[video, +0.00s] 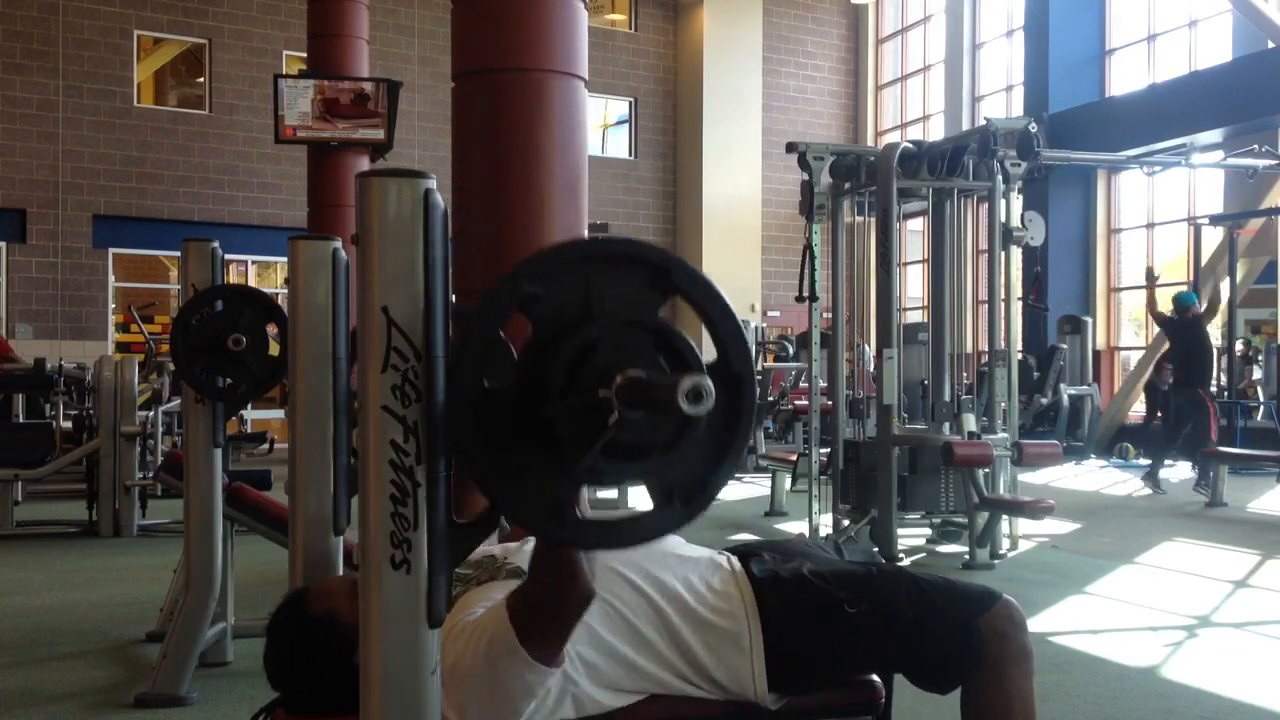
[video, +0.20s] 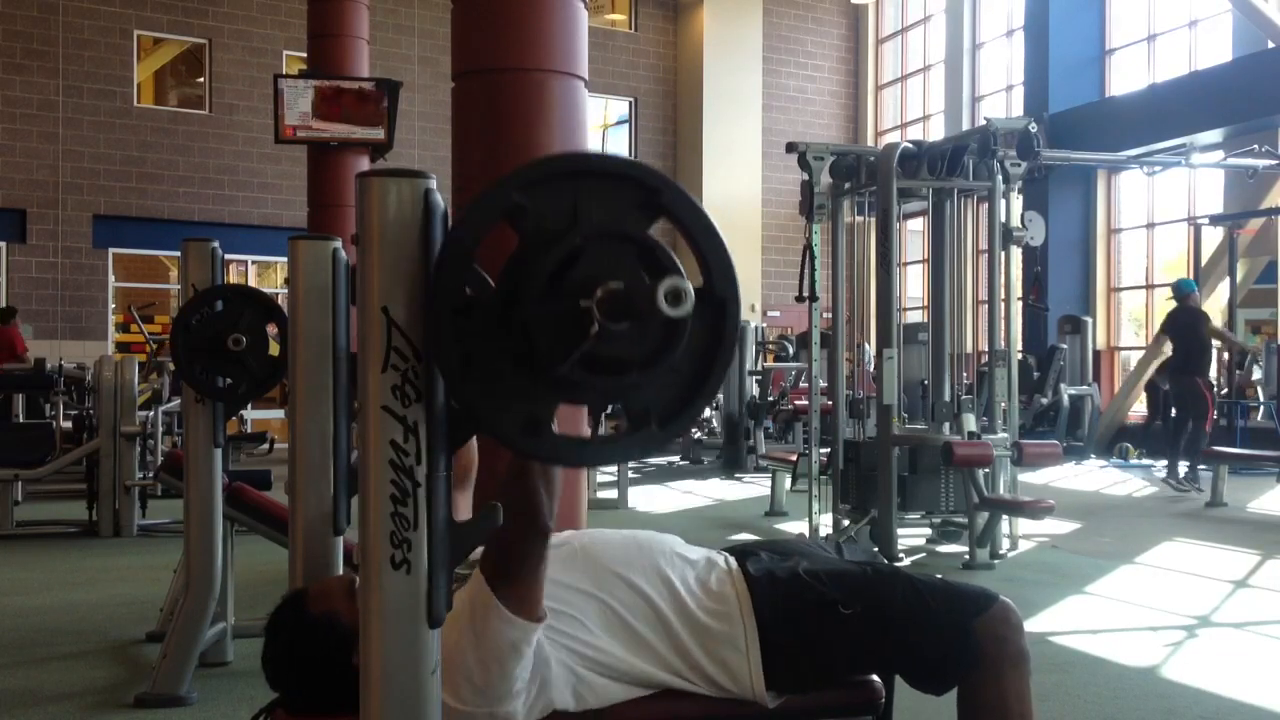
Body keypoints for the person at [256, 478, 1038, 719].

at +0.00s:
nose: (370, 574)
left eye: (355, 575)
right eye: (355, 591)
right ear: (359, 647)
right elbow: (556, 596)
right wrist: (545, 465)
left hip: (737, 580)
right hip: (754, 618)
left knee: (867, 689)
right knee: (992, 625)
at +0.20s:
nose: (369, 567)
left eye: (353, 567)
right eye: (353, 586)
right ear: (357, 650)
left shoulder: (458, 629)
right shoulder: (471, 683)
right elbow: (525, 524)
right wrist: (510, 355)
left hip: (737, 579)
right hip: (756, 612)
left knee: (863, 693)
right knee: (990, 626)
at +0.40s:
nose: (364, 575)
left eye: (349, 574)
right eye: (349, 590)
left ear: (353, 639)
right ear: (358, 644)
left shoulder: (449, 619)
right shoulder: (469, 669)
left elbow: (488, 481)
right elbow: (501, 488)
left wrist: (507, 342)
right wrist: (522, 346)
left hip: (726, 573)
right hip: (747, 617)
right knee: (988, 627)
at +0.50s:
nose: (368, 576)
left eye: (353, 575)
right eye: (354, 591)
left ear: (365, 613)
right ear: (361, 649)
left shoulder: (450, 616)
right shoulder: (469, 673)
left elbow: (498, 474)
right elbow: (499, 489)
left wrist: (509, 328)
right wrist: (521, 327)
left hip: (727, 570)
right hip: (752, 618)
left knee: (864, 561)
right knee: (990, 627)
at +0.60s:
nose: (364, 574)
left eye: (349, 574)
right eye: (350, 590)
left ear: (352, 643)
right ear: (360, 644)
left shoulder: (443, 622)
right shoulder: (470, 671)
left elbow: (494, 478)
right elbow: (498, 495)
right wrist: (519, 325)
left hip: (722, 572)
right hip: (750, 616)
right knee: (987, 626)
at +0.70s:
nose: (370, 574)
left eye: (355, 574)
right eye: (356, 592)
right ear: (363, 649)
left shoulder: (452, 622)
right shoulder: (472, 675)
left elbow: (498, 480)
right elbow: (512, 489)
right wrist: (509, 319)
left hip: (725, 571)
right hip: (750, 616)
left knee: (861, 564)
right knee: (989, 628)